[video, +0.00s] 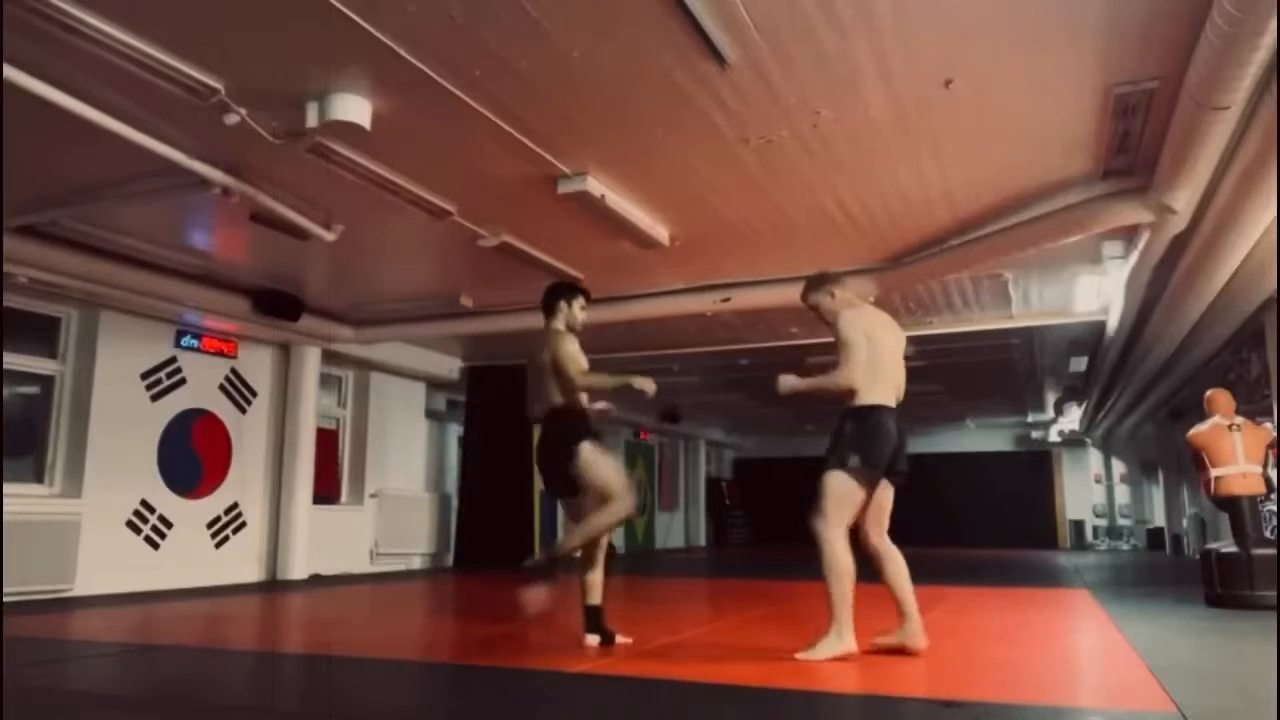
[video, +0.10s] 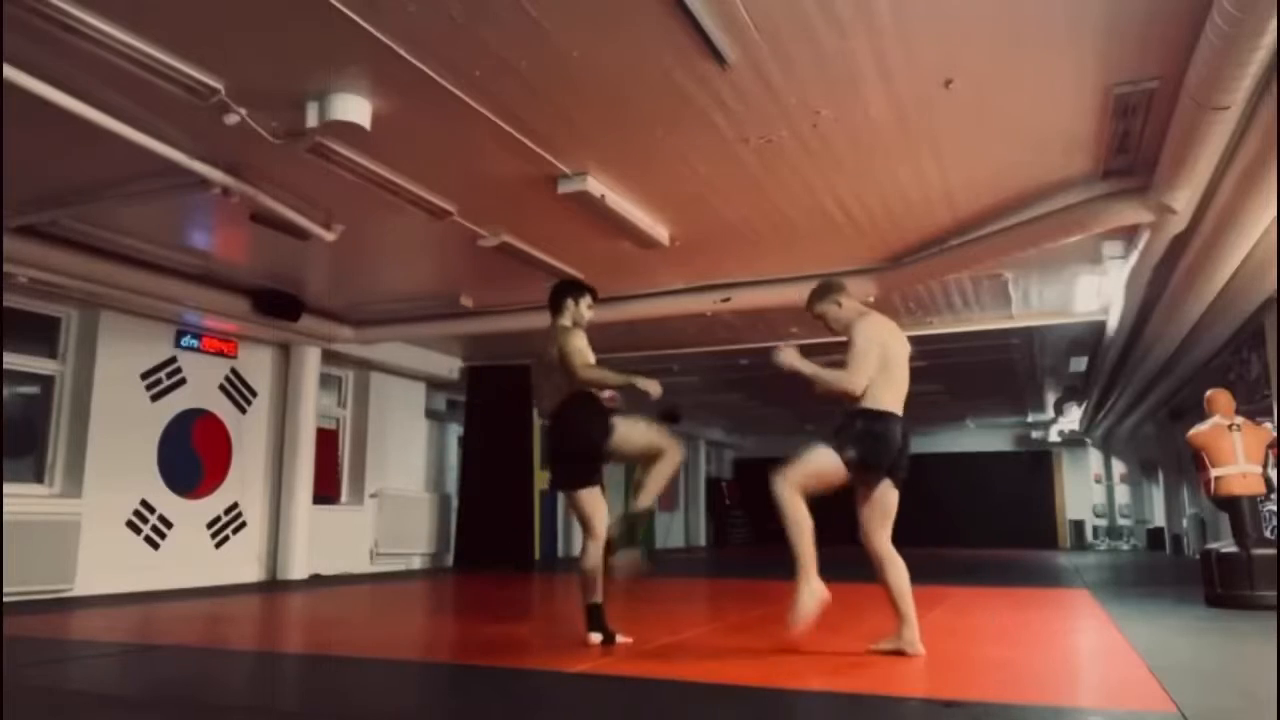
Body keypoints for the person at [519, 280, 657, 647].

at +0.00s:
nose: (584, 316)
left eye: (584, 309)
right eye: (580, 308)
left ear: (555, 310)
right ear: (561, 308)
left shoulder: (543, 347)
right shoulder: (562, 340)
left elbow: (552, 402)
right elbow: (580, 378)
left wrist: (590, 406)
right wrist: (630, 380)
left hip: (551, 441)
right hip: (570, 437)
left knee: (595, 536)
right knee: (625, 499)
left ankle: (594, 622)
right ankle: (558, 553)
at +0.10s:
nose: (590, 313)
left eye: (591, 306)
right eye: (587, 306)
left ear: (560, 308)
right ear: (569, 305)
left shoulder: (544, 347)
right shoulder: (570, 335)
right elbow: (582, 372)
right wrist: (636, 379)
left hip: (560, 440)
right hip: (586, 424)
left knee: (596, 530)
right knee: (671, 447)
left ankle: (595, 623)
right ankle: (635, 516)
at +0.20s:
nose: (594, 316)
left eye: (595, 310)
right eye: (591, 309)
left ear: (564, 311)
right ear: (574, 308)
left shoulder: (549, 348)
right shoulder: (577, 334)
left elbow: (547, 406)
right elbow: (589, 369)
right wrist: (641, 379)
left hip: (573, 435)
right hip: (600, 415)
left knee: (599, 529)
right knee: (693, 425)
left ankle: (600, 624)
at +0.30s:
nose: (601, 320)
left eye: (601, 313)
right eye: (597, 312)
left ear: (567, 313)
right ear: (580, 310)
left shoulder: (551, 357)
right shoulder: (583, 333)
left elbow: (550, 413)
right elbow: (595, 369)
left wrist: (575, 400)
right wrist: (647, 379)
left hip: (579, 435)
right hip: (607, 411)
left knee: (602, 528)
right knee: (701, 420)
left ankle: (602, 624)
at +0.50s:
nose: (611, 317)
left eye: (612, 311)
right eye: (608, 310)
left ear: (580, 312)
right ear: (589, 309)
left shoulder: (560, 351)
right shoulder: (593, 332)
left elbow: (557, 408)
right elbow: (608, 364)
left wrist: (571, 403)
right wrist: (662, 374)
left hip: (588, 436)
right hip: (616, 417)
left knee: (607, 532)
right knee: (701, 433)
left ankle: (603, 625)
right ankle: (764, 482)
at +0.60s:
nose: (614, 314)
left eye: (615, 307)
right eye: (611, 306)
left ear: (582, 309)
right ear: (593, 305)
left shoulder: (566, 349)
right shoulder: (594, 328)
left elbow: (564, 409)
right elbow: (604, 360)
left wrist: (597, 394)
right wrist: (656, 365)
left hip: (590, 437)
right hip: (617, 420)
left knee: (612, 529)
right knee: (690, 455)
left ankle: (603, 621)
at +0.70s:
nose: (620, 314)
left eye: (620, 307)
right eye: (617, 306)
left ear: (588, 308)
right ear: (599, 305)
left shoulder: (574, 346)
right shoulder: (598, 329)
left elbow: (567, 408)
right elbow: (603, 365)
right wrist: (652, 363)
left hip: (593, 431)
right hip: (616, 419)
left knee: (629, 525)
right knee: (663, 494)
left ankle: (604, 611)